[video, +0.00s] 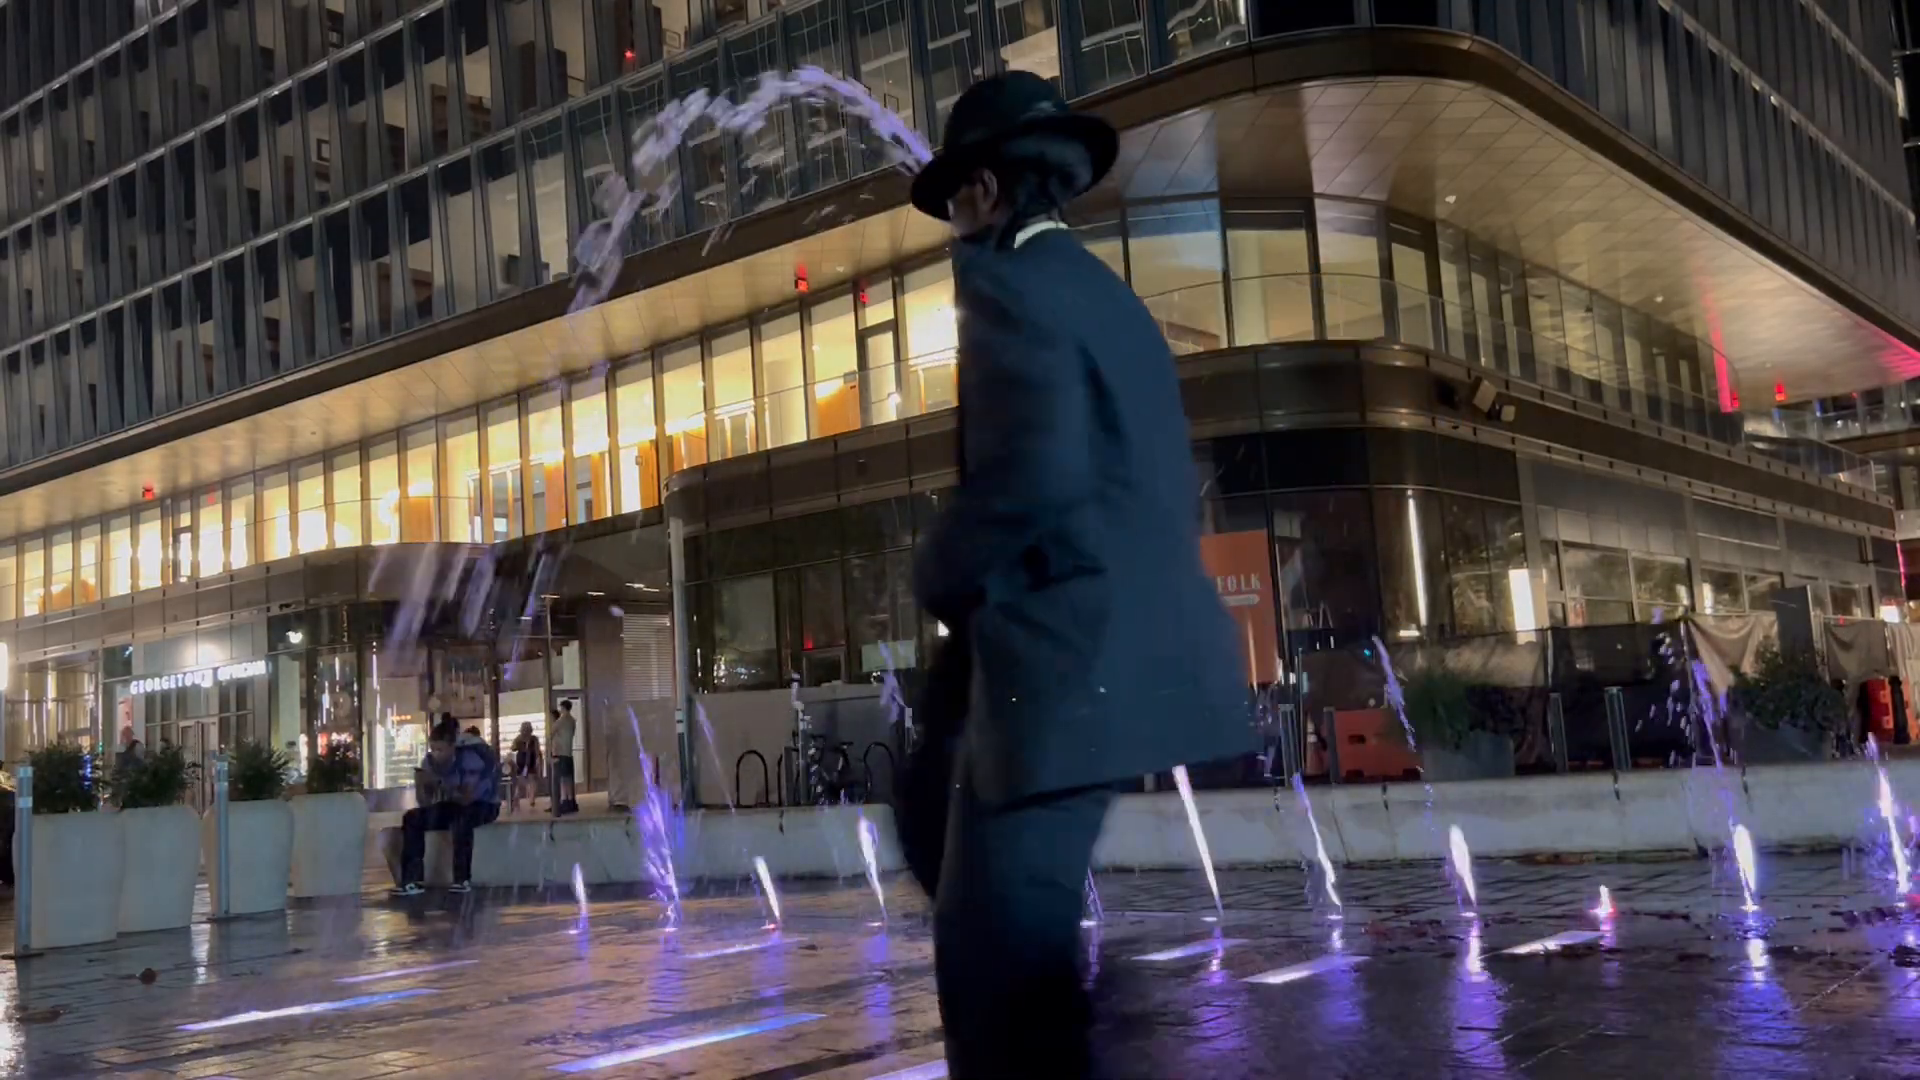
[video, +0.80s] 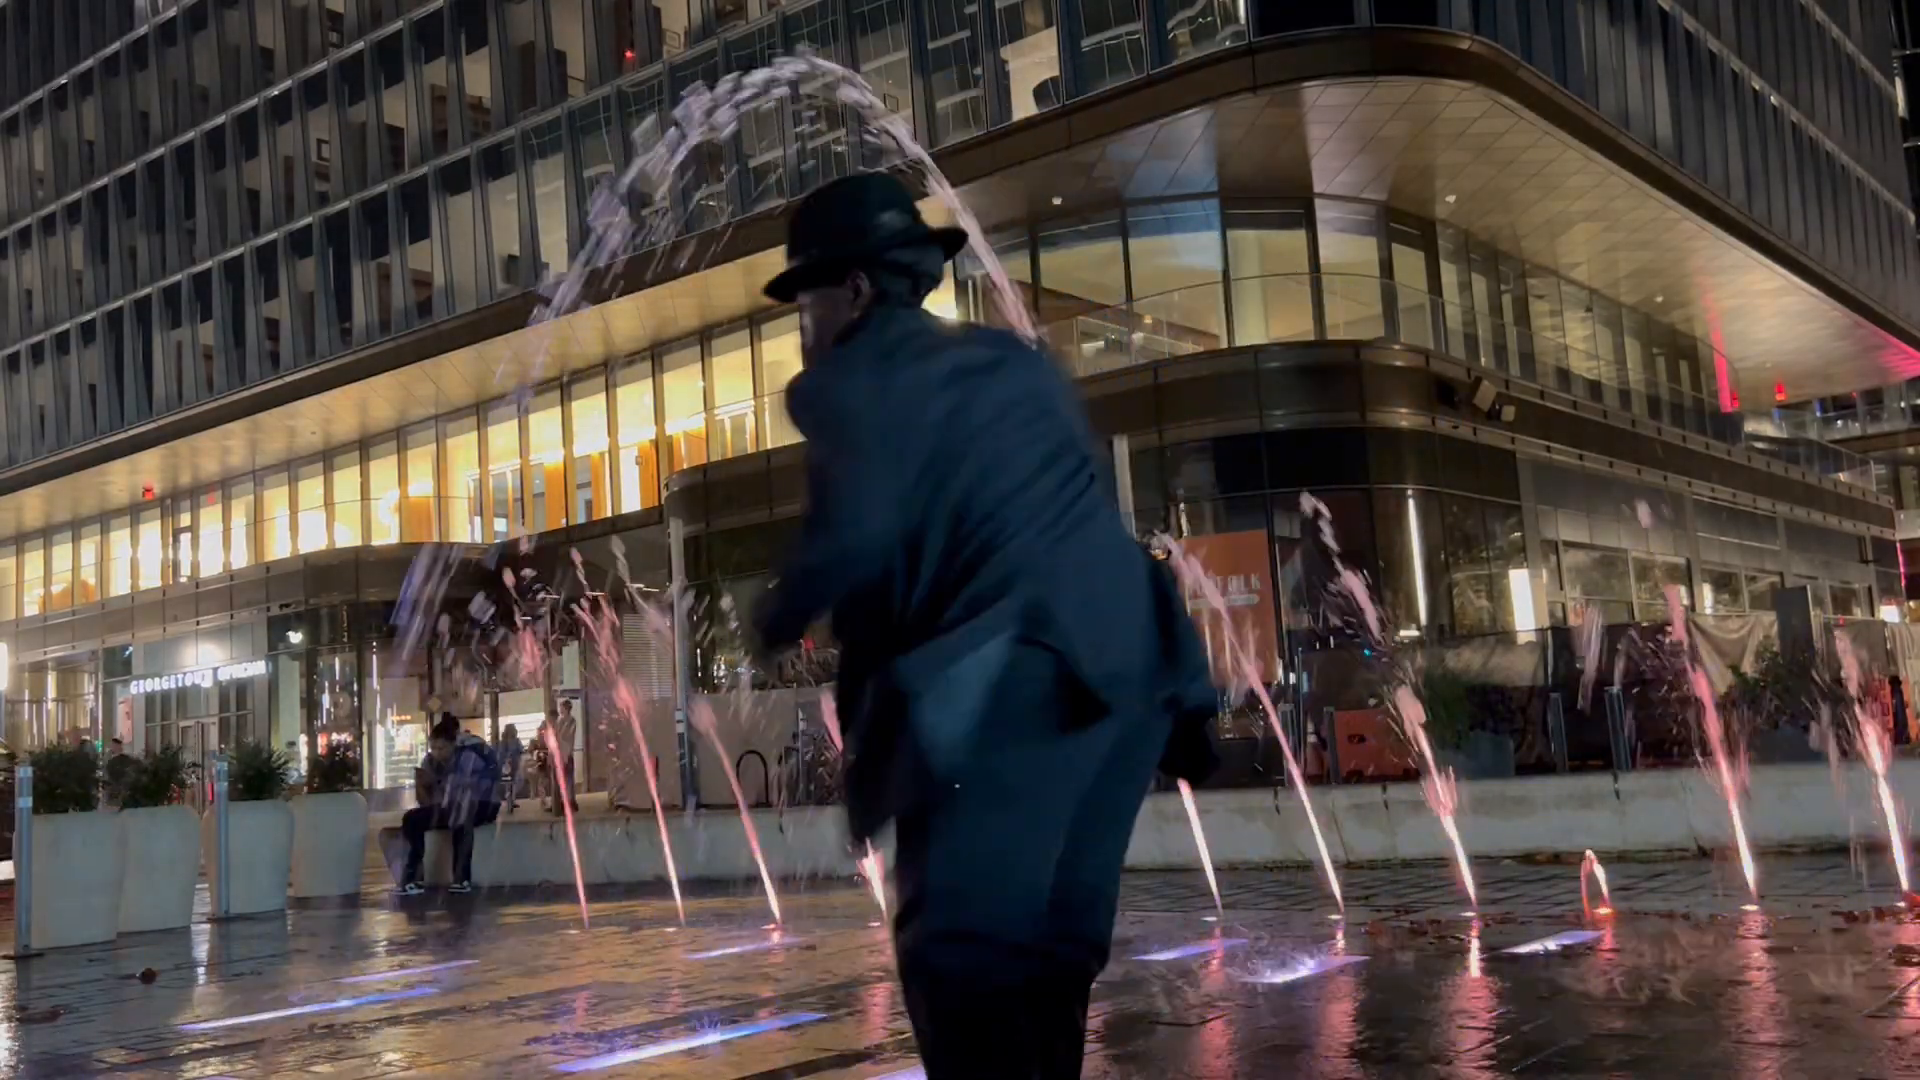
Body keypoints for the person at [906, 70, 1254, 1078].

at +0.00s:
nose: (952, 218)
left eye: (954, 194)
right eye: (951, 197)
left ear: (986, 188)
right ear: (1048, 186)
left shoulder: (1008, 277)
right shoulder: (1100, 288)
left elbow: (1035, 469)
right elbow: (1135, 488)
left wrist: (941, 573)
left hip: (1063, 663)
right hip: (1123, 650)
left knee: (994, 939)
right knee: (1018, 931)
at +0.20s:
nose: (915, 245)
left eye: (917, 222)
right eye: (914, 225)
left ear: (953, 212)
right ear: (1020, 211)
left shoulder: (953, 315)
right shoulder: (1101, 327)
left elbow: (927, 518)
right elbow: (1186, 511)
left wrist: (854, 538)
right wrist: (1121, 614)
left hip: (1017, 669)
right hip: (1110, 661)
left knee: (959, 929)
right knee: (846, 672)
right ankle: (656, 811)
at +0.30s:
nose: (912, 232)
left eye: (913, 209)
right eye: (911, 212)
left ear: (942, 200)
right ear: (1019, 203)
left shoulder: (952, 301)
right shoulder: (1097, 327)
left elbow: (897, 500)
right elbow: (1189, 512)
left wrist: (848, 461)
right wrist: (1157, 652)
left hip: (1004, 661)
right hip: (1099, 657)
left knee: (946, 924)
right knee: (796, 690)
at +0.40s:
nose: (900, 214)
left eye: (902, 191)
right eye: (901, 194)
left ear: (930, 185)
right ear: (1012, 187)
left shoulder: (923, 288)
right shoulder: (1085, 321)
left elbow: (865, 449)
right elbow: (1167, 476)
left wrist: (836, 429)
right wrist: (1223, 611)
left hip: (976, 677)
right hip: (1081, 681)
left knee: (956, 946)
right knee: (816, 825)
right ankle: (907, 1053)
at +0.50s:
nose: (879, 208)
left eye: (883, 189)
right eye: (881, 189)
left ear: (908, 189)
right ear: (986, 197)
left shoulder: (873, 285)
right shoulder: (1064, 318)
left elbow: (821, 444)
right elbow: (1159, 466)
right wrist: (1216, 579)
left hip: (969, 652)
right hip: (1069, 648)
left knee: (936, 939)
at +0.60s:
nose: (846, 239)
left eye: (853, 219)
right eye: (848, 221)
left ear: (880, 220)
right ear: (970, 227)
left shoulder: (828, 324)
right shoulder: (1050, 327)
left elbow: (798, 505)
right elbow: (1159, 485)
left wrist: (858, 586)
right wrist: (1173, 552)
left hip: (953, 661)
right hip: (1081, 649)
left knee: (925, 940)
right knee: (1022, 931)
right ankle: (1040, 1079)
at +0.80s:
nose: (802, 324)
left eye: (807, 300)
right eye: (798, 303)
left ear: (856, 292)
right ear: (904, 284)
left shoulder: (856, 379)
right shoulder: (1021, 362)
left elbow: (851, 545)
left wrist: (774, 617)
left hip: (1002, 687)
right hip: (1116, 672)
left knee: (958, 955)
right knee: (1051, 957)